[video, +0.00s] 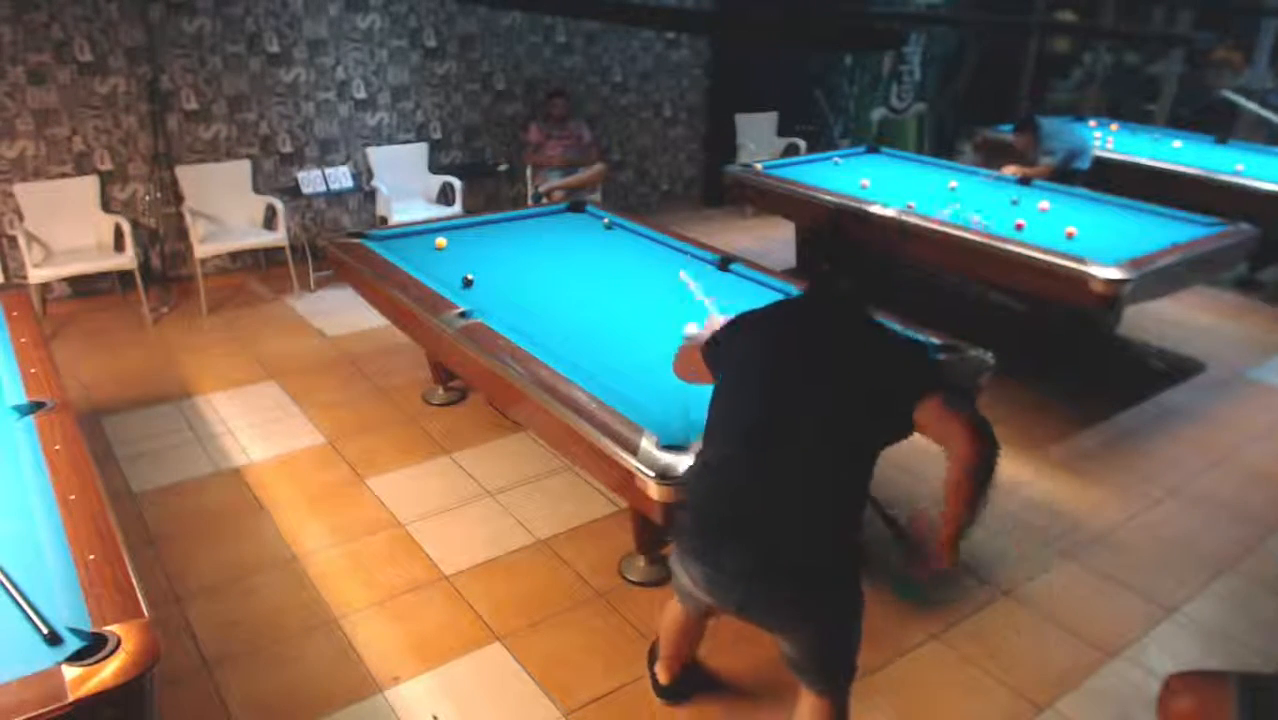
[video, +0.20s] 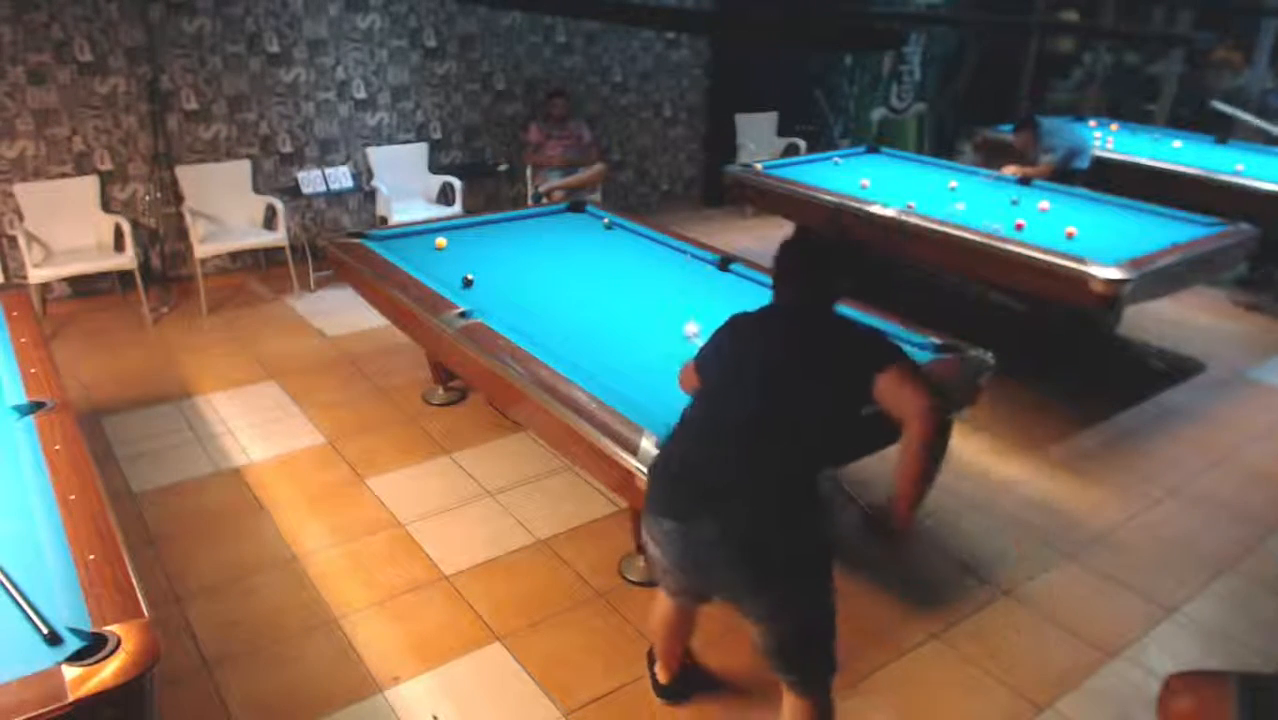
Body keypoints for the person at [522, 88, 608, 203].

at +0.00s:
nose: (559, 110)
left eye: (563, 106)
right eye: (555, 106)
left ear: (568, 107)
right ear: (548, 108)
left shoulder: (578, 126)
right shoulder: (538, 127)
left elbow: (592, 154)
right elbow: (529, 156)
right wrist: (555, 161)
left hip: (576, 166)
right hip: (549, 170)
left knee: (600, 169)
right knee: (559, 196)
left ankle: (551, 186)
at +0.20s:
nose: (559, 110)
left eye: (563, 106)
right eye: (555, 106)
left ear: (568, 107)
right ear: (548, 108)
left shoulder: (578, 126)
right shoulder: (538, 127)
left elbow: (592, 154)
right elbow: (529, 156)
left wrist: (568, 159)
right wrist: (555, 161)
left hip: (576, 166)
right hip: (549, 170)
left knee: (600, 169)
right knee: (558, 196)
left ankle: (550, 186)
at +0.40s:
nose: (559, 110)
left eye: (563, 106)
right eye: (555, 106)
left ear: (568, 107)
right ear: (548, 108)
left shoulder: (578, 126)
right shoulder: (538, 127)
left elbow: (591, 152)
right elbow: (529, 156)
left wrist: (569, 160)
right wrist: (555, 161)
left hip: (575, 166)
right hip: (549, 169)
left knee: (600, 168)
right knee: (558, 196)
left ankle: (552, 186)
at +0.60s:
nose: (559, 110)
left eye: (563, 106)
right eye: (555, 106)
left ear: (568, 107)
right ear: (548, 108)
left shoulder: (578, 126)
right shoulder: (538, 127)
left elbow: (591, 152)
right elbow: (529, 156)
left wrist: (569, 160)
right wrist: (554, 161)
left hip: (575, 166)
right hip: (549, 169)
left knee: (600, 168)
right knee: (558, 196)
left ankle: (552, 186)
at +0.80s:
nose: (561, 111)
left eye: (564, 106)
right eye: (557, 107)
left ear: (569, 107)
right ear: (550, 108)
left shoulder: (578, 126)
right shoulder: (539, 127)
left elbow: (592, 154)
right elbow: (529, 157)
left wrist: (569, 160)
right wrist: (554, 161)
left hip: (576, 166)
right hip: (550, 170)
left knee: (601, 169)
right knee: (558, 196)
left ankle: (552, 185)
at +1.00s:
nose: (562, 111)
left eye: (565, 107)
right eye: (558, 107)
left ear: (570, 108)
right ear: (551, 108)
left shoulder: (579, 126)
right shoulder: (540, 127)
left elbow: (593, 154)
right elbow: (529, 157)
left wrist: (570, 160)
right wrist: (554, 162)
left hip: (577, 166)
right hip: (550, 170)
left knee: (601, 169)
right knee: (558, 196)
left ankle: (552, 185)